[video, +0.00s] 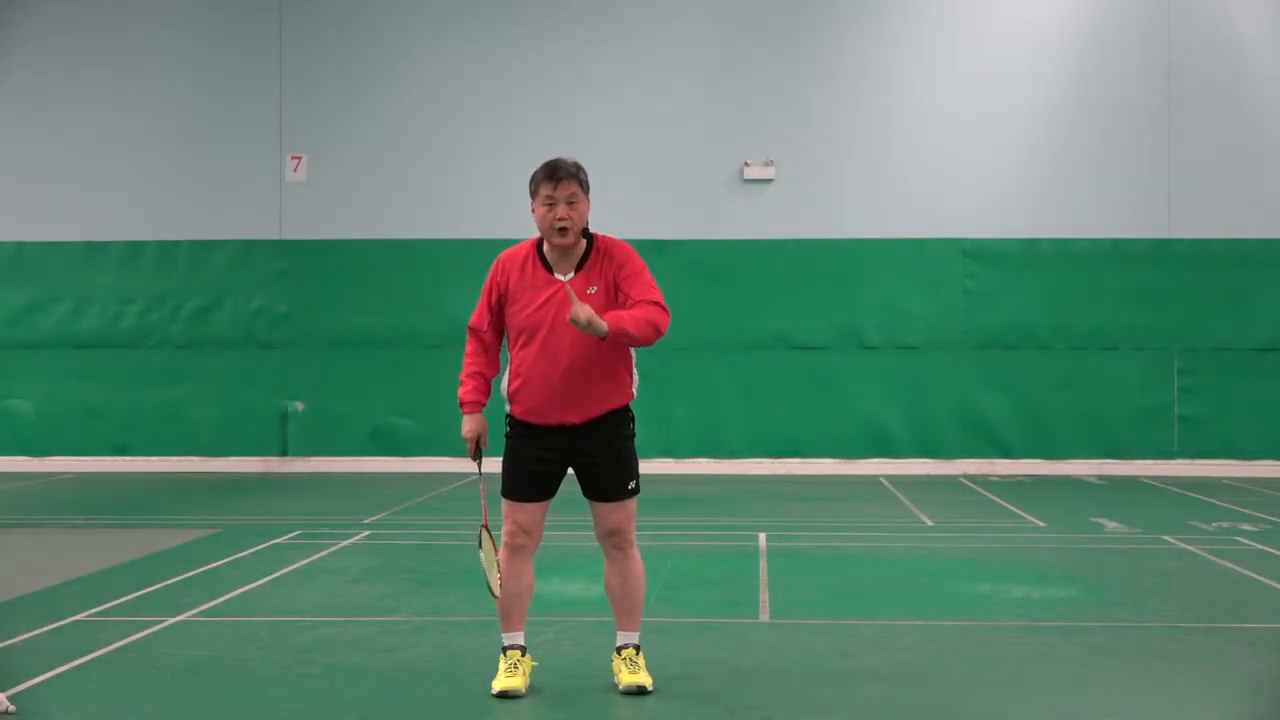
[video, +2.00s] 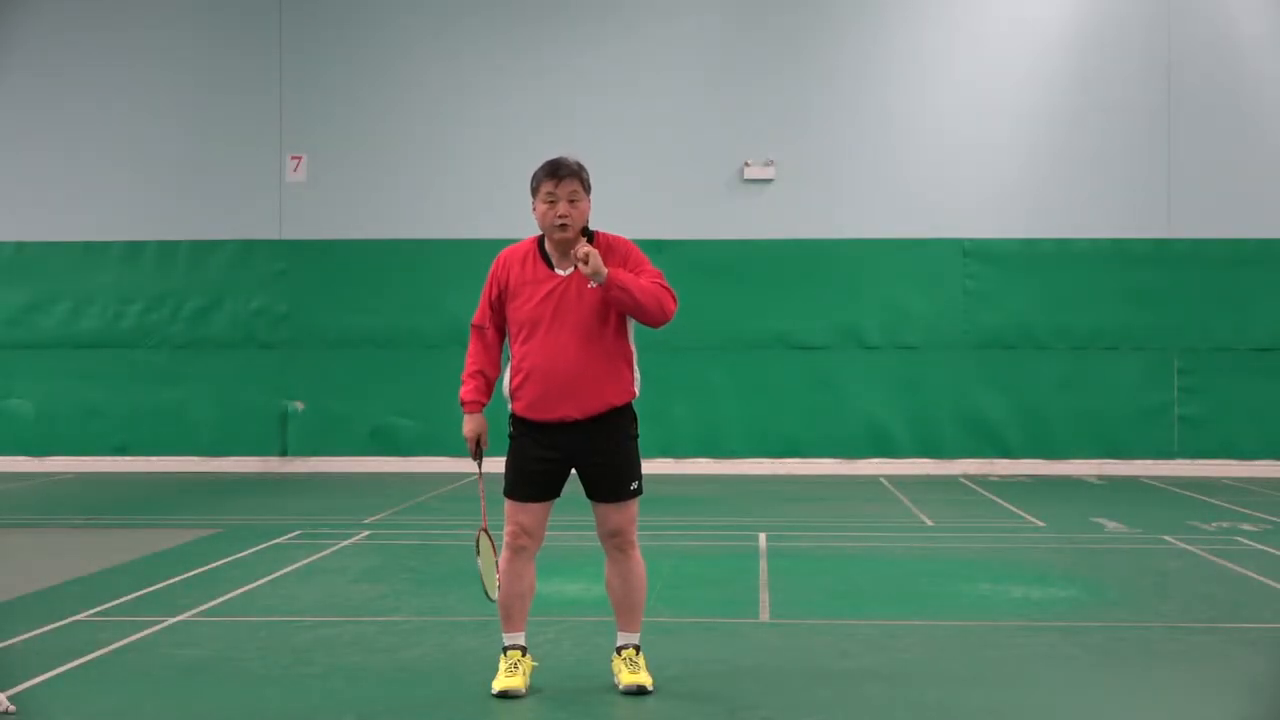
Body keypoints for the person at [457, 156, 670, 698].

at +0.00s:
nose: (561, 213)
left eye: (571, 202)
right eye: (550, 203)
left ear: (587, 207)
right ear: (534, 210)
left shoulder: (616, 257)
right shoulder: (509, 266)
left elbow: (654, 318)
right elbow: (482, 336)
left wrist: (606, 324)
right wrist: (473, 408)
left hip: (605, 424)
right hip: (532, 427)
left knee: (619, 536)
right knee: (517, 537)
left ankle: (629, 650)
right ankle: (512, 652)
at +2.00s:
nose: (561, 210)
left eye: (571, 199)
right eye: (550, 201)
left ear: (588, 204)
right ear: (535, 208)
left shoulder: (616, 252)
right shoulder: (510, 264)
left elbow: (662, 308)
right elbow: (485, 335)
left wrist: (605, 278)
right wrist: (474, 407)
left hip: (607, 421)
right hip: (535, 425)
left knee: (620, 537)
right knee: (519, 538)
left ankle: (629, 650)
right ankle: (513, 652)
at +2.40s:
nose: (555, 216)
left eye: (566, 206)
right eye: (544, 206)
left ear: (583, 211)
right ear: (528, 214)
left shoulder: (611, 258)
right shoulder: (504, 270)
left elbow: (660, 317)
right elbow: (481, 340)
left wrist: (603, 298)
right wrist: (471, 410)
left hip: (606, 425)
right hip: (533, 428)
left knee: (620, 536)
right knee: (518, 537)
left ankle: (629, 650)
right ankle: (513, 651)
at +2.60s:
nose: (555, 218)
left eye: (565, 208)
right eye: (543, 208)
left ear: (582, 212)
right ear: (527, 215)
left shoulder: (610, 258)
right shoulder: (504, 269)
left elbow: (659, 316)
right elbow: (480, 340)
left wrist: (602, 297)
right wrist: (470, 411)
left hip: (605, 425)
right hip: (532, 428)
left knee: (619, 537)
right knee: (517, 537)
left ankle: (629, 650)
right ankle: (513, 651)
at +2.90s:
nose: (555, 216)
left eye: (565, 206)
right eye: (544, 207)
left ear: (582, 211)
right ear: (528, 214)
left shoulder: (611, 258)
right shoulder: (504, 269)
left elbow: (660, 315)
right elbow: (480, 340)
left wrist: (602, 295)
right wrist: (471, 411)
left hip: (605, 425)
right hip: (532, 428)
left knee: (619, 536)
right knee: (517, 537)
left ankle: (629, 650)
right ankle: (513, 651)